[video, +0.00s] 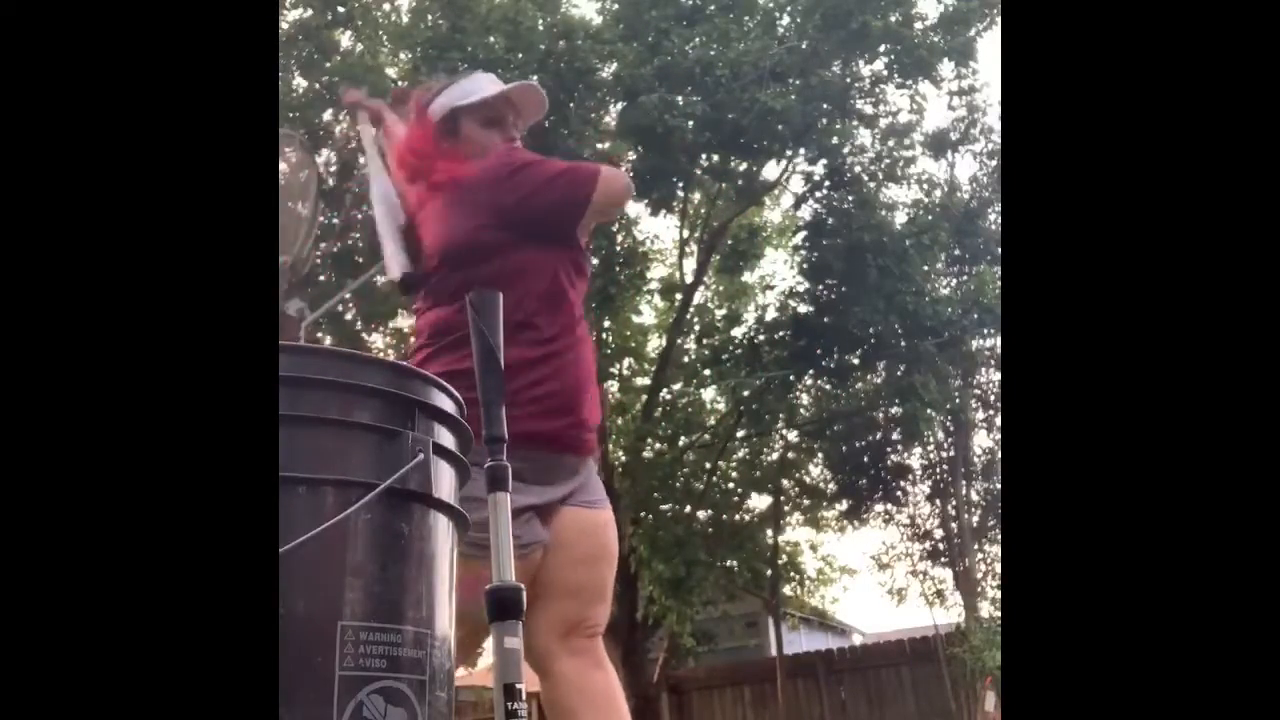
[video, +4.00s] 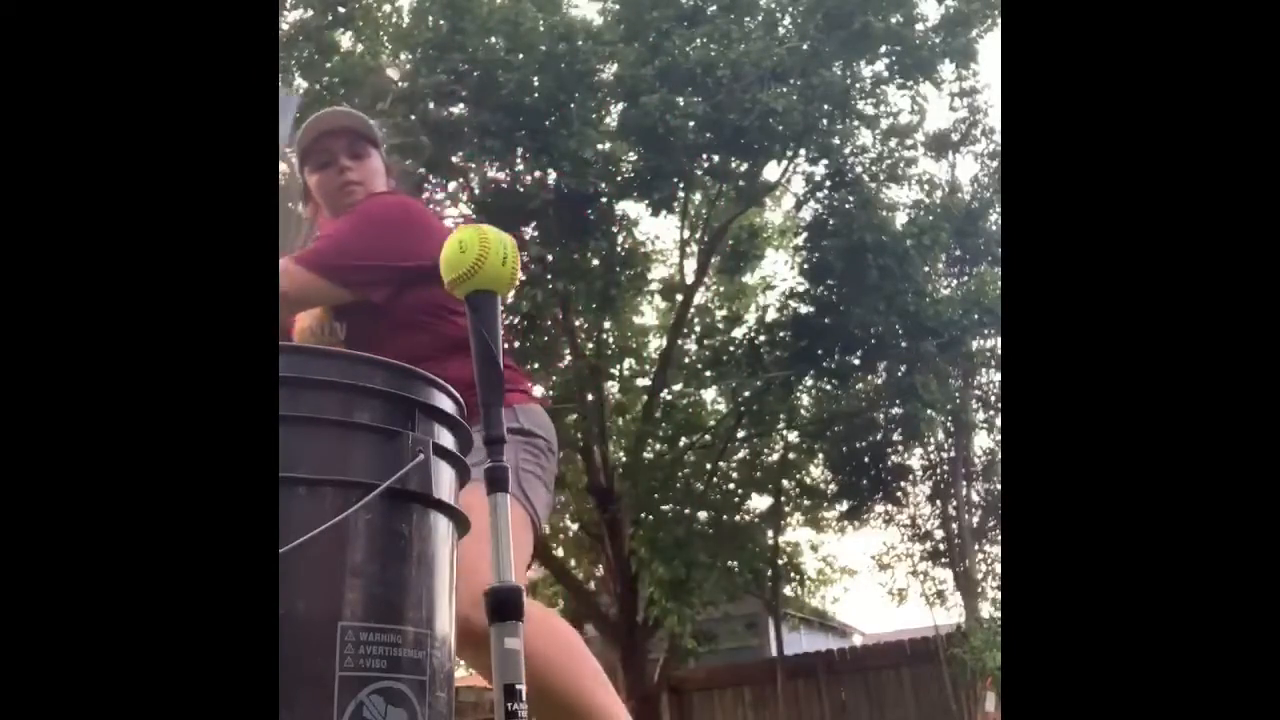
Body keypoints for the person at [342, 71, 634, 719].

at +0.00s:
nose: (511, 132)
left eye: (510, 122)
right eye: (493, 121)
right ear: (452, 132)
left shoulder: (443, 190)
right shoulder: (492, 179)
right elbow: (614, 186)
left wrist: (388, 123)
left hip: (565, 463)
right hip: (479, 464)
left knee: (576, 643)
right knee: (429, 657)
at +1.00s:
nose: (491, 29)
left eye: (509, 11)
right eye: (470, 15)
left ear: (541, 21)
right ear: (445, 32)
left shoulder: (605, 142)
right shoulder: (396, 138)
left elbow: (642, 261)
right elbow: (311, 256)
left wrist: (687, 328)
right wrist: (315, 356)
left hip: (568, 432)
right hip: (433, 432)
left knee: (593, 639)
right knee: (397, 633)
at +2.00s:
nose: (541, 27)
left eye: (556, 7)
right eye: (515, 10)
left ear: (581, 22)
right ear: (479, 30)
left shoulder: (625, 148)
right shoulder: (421, 133)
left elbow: (651, 273)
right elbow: (316, 256)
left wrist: (691, 375)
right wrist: (343, 214)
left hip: (578, 428)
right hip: (440, 425)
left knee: (632, 642)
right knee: (410, 646)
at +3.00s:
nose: (455, 97)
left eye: (471, 84)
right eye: (437, 88)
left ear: (497, 101)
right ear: (416, 111)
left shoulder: (555, 194)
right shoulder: (370, 215)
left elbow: (639, 272)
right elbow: (347, 325)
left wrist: (615, 356)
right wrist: (380, 412)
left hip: (556, 442)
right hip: (433, 451)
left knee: (591, 623)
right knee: (410, 642)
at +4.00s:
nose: (344, 168)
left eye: (357, 152)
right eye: (324, 161)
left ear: (383, 165)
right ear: (308, 188)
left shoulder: (395, 216)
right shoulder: (322, 257)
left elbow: (285, 285)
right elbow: (304, 351)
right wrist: (317, 308)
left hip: (494, 415)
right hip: (416, 439)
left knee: (478, 600)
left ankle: (612, 716)